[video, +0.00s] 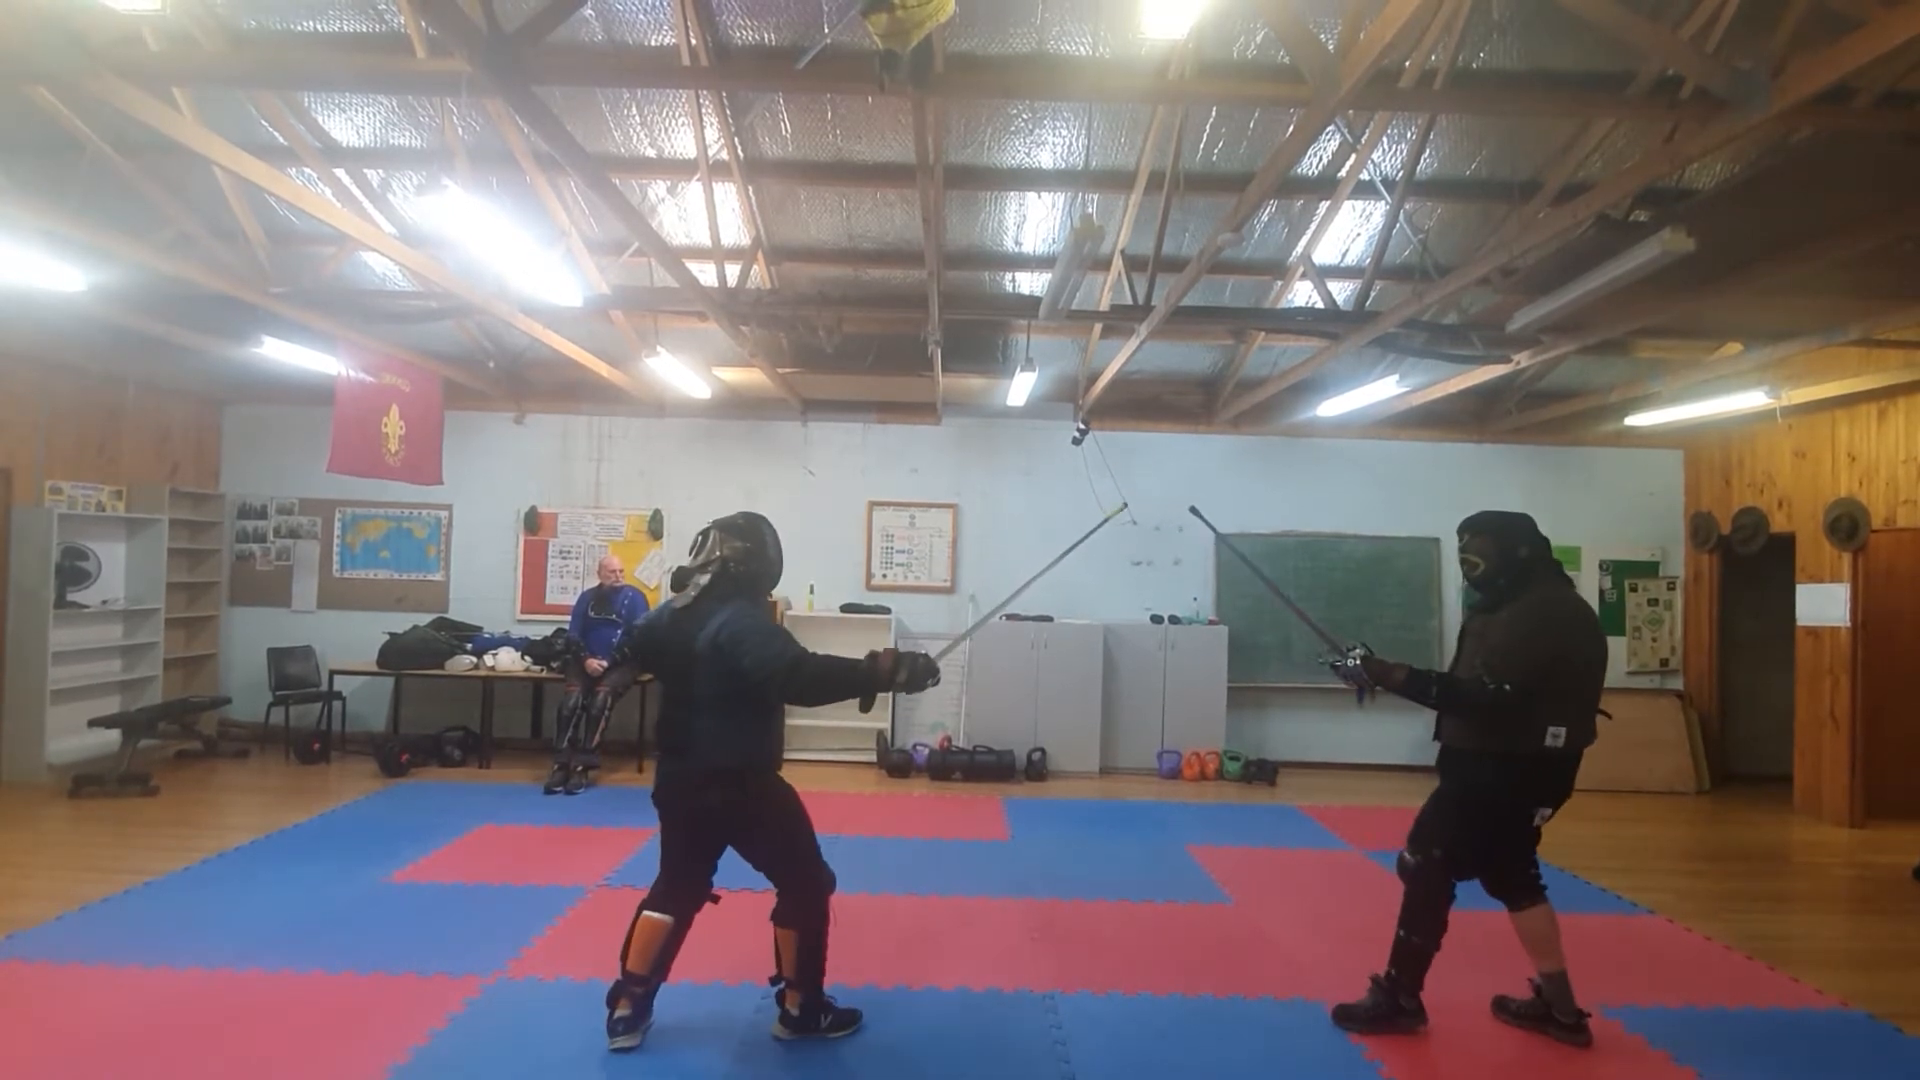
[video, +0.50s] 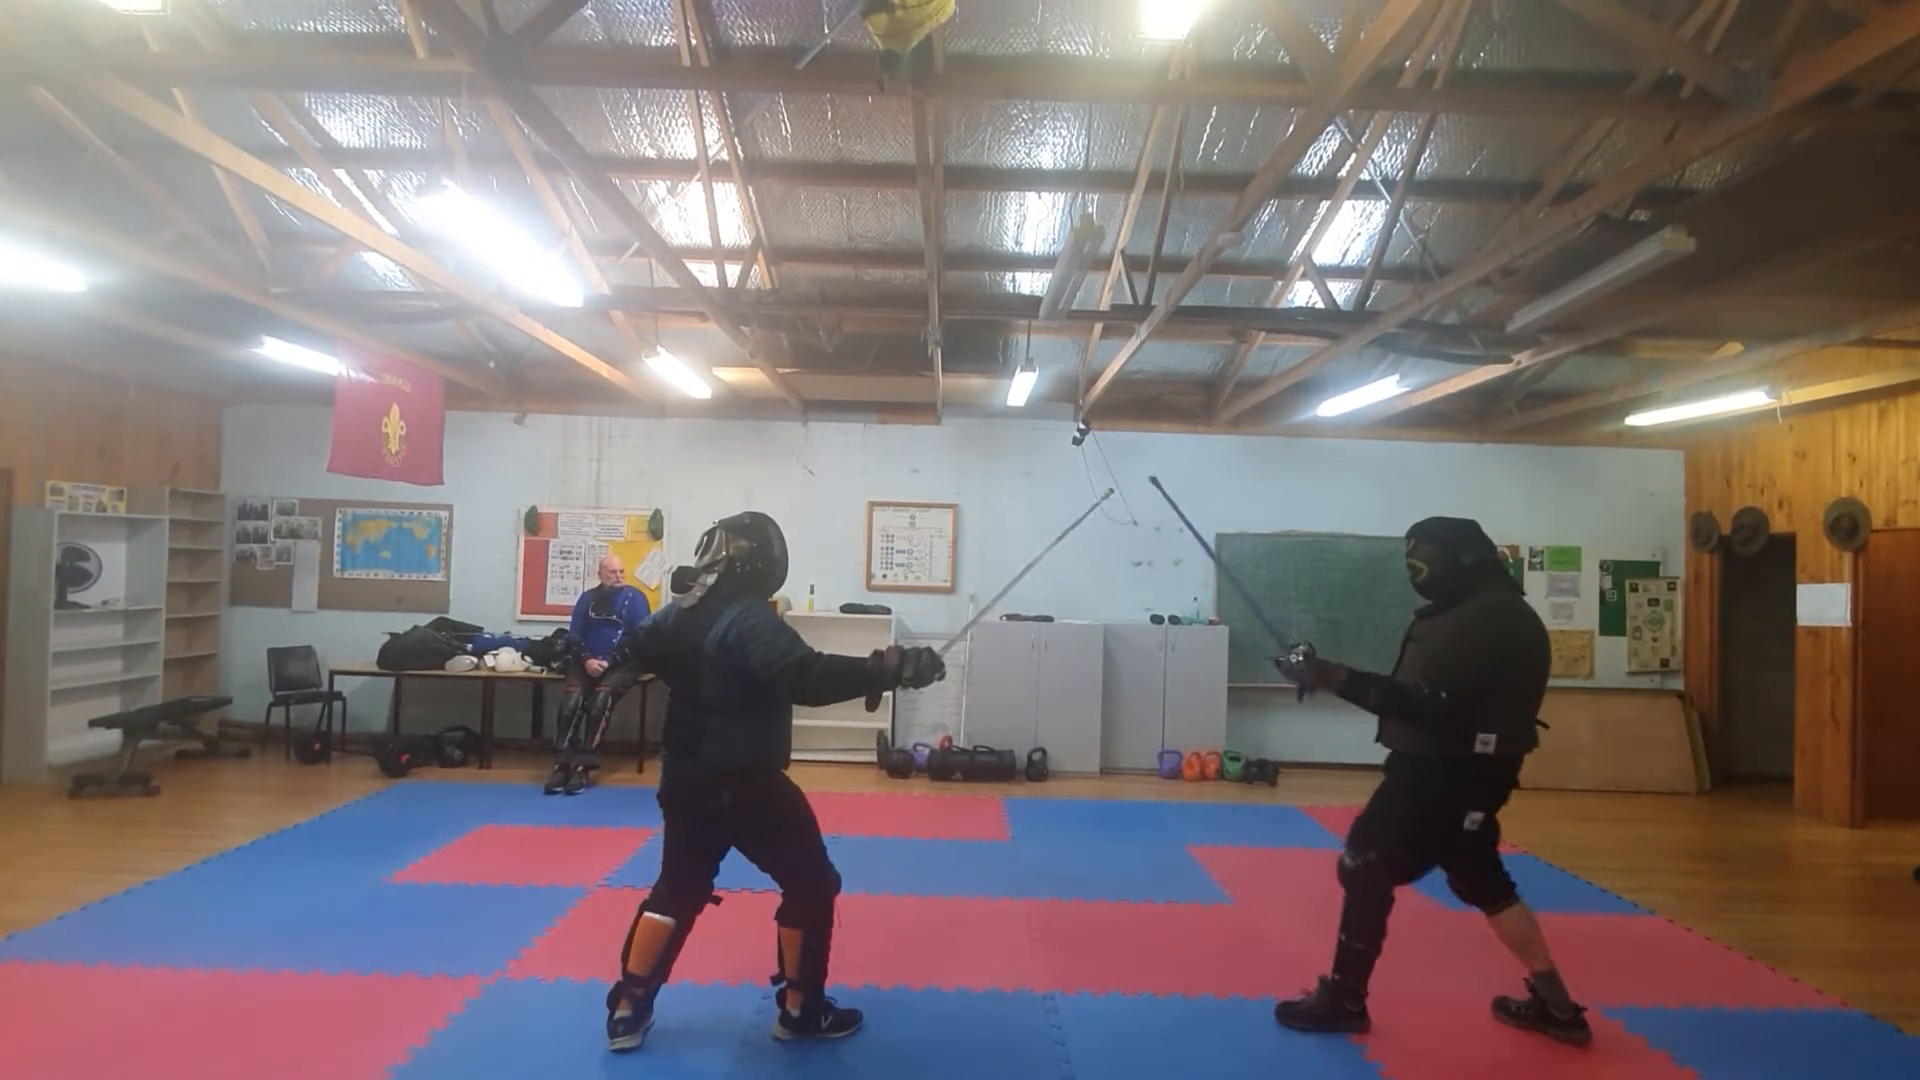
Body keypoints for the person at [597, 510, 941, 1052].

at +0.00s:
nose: (774, 579)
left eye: (772, 569)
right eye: (771, 568)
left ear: (706, 558)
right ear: (759, 567)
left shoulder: (670, 619)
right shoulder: (747, 622)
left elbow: (633, 648)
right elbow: (790, 673)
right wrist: (878, 671)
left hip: (682, 788)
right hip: (749, 789)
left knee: (677, 886)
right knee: (805, 882)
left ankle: (628, 1007)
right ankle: (801, 1008)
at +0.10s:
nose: (776, 581)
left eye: (773, 569)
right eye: (773, 569)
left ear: (709, 559)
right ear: (762, 568)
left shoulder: (676, 620)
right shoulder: (751, 623)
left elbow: (633, 647)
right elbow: (797, 673)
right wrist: (883, 669)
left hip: (685, 789)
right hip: (753, 790)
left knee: (678, 887)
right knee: (809, 883)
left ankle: (628, 1009)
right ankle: (801, 1009)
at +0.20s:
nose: (778, 578)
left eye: (775, 568)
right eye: (775, 567)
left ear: (713, 559)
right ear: (764, 567)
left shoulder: (680, 620)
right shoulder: (754, 623)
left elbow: (634, 647)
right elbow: (800, 672)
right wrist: (885, 668)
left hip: (689, 789)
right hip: (756, 790)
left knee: (679, 888)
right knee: (811, 883)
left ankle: (628, 1009)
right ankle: (801, 1009)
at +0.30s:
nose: (778, 580)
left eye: (775, 570)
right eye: (775, 569)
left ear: (715, 560)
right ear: (764, 567)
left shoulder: (681, 620)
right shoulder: (755, 622)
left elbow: (633, 648)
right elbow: (805, 672)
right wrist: (891, 667)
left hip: (690, 789)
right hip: (758, 789)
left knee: (680, 889)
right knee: (812, 884)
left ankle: (628, 1010)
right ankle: (802, 1010)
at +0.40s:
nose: (778, 577)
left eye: (776, 567)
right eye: (776, 567)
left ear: (716, 558)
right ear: (765, 566)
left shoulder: (680, 619)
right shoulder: (754, 620)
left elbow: (633, 649)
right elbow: (801, 675)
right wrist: (887, 668)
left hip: (690, 788)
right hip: (757, 788)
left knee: (680, 888)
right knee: (812, 884)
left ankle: (628, 1009)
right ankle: (801, 1010)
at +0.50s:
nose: (777, 578)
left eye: (775, 568)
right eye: (775, 567)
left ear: (714, 558)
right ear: (763, 565)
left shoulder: (679, 617)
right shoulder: (751, 619)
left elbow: (633, 649)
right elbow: (799, 674)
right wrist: (887, 668)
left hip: (687, 788)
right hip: (755, 788)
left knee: (678, 888)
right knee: (810, 883)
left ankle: (628, 1008)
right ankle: (801, 1009)